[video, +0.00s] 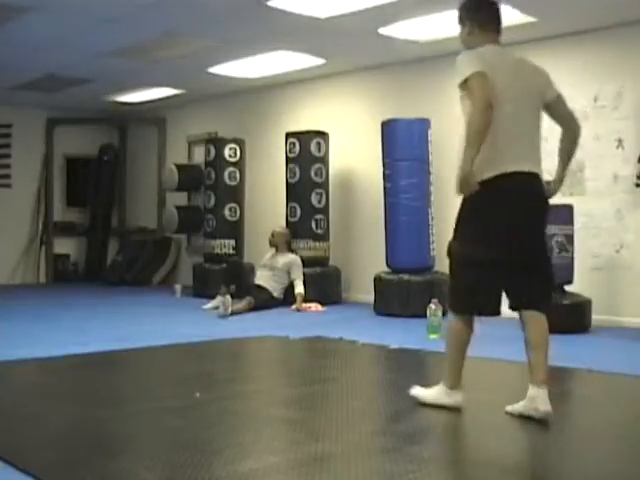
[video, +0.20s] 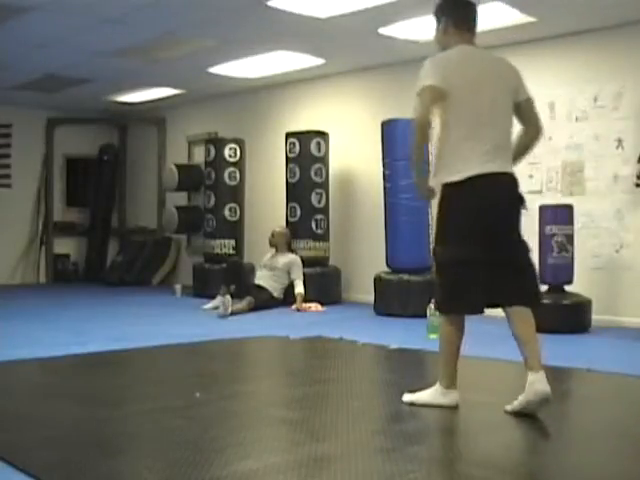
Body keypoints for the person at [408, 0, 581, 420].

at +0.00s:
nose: (460, 36)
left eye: (461, 29)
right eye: (461, 29)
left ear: (469, 28)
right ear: (499, 27)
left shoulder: (472, 60)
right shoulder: (531, 70)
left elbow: (482, 105)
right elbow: (571, 126)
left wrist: (465, 168)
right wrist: (558, 177)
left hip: (488, 193)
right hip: (530, 193)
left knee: (463, 293)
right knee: (531, 294)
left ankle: (449, 387)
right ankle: (539, 392)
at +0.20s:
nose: (435, 37)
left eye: (436, 30)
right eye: (437, 30)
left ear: (445, 27)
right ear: (473, 27)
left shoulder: (438, 65)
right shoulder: (503, 67)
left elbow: (422, 121)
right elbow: (534, 127)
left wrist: (419, 177)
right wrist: (505, 162)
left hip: (460, 192)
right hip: (502, 189)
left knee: (451, 291)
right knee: (512, 285)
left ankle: (446, 387)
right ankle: (537, 376)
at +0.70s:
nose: (385, 45)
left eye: (386, 38)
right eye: (386, 39)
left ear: (395, 36)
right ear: (421, 36)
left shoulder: (392, 71)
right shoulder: (453, 71)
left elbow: (392, 120)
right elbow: (495, 119)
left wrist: (388, 182)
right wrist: (490, 170)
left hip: (422, 193)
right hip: (456, 190)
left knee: (431, 291)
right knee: (437, 286)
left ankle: (445, 386)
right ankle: (443, 368)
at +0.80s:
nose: (378, 51)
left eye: (378, 44)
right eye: (378, 45)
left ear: (390, 39)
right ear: (413, 38)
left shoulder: (388, 74)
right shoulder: (447, 76)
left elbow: (384, 128)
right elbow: (485, 129)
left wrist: (374, 186)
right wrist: (473, 177)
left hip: (413, 197)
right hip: (447, 194)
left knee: (431, 294)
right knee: (424, 286)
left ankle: (445, 386)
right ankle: (419, 365)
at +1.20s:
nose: (345, 54)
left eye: (349, 45)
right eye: (341, 48)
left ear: (373, 41)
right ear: (363, 48)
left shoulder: (382, 72)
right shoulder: (380, 81)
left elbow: (402, 119)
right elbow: (421, 129)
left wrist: (381, 179)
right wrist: (419, 177)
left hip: (395, 193)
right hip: (393, 193)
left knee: (383, 284)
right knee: (391, 283)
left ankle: (433, 362)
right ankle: (395, 367)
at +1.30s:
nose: (339, 58)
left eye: (342, 48)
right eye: (334, 52)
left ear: (362, 41)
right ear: (339, 53)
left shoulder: (380, 75)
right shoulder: (370, 85)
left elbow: (413, 119)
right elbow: (417, 122)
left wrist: (405, 175)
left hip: (391, 199)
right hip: (378, 199)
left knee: (374, 285)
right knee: (376, 285)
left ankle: (408, 360)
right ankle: (395, 360)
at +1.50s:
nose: (330, 56)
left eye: (336, 48)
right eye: (325, 50)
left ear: (355, 46)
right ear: (322, 54)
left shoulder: (380, 83)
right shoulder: (338, 100)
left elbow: (412, 132)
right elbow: (333, 153)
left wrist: (407, 185)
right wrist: (318, 187)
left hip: (376, 198)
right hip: (348, 200)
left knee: (360, 287)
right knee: (369, 287)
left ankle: (350, 371)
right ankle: (393, 364)